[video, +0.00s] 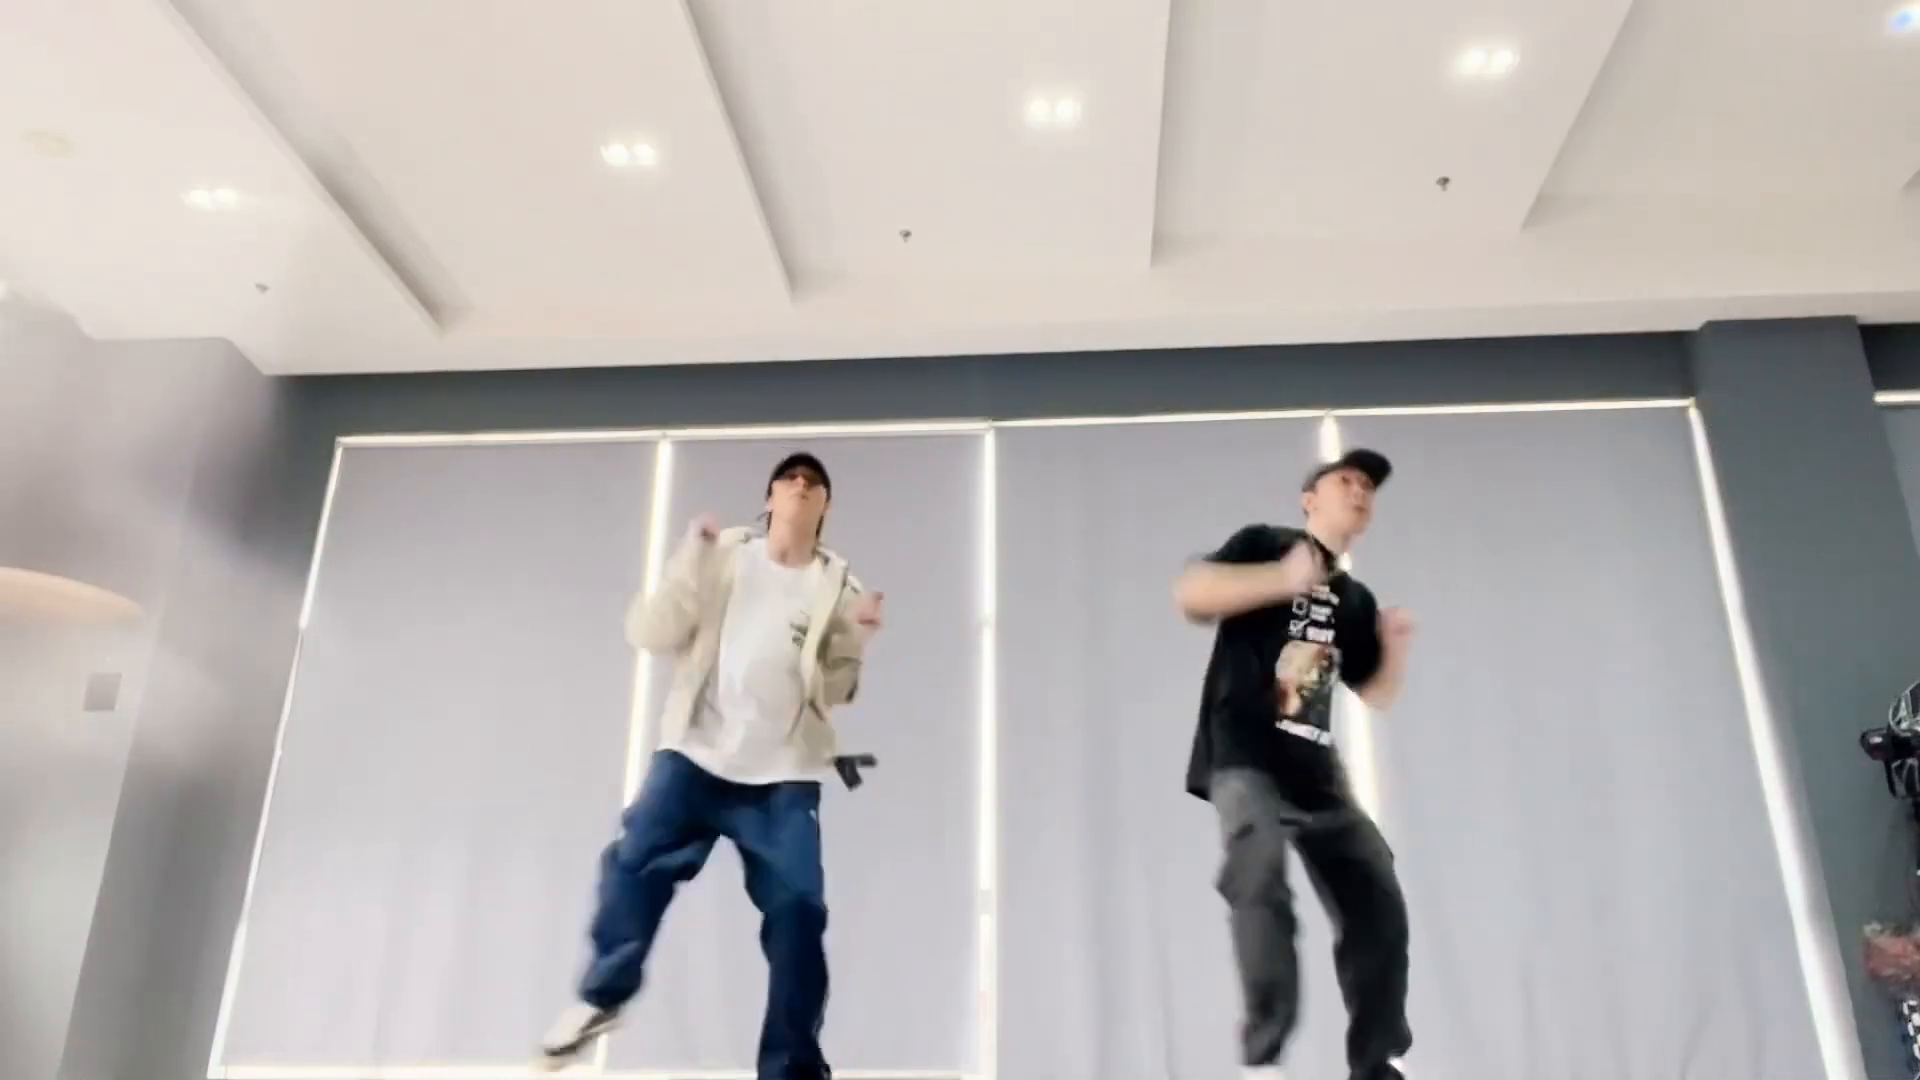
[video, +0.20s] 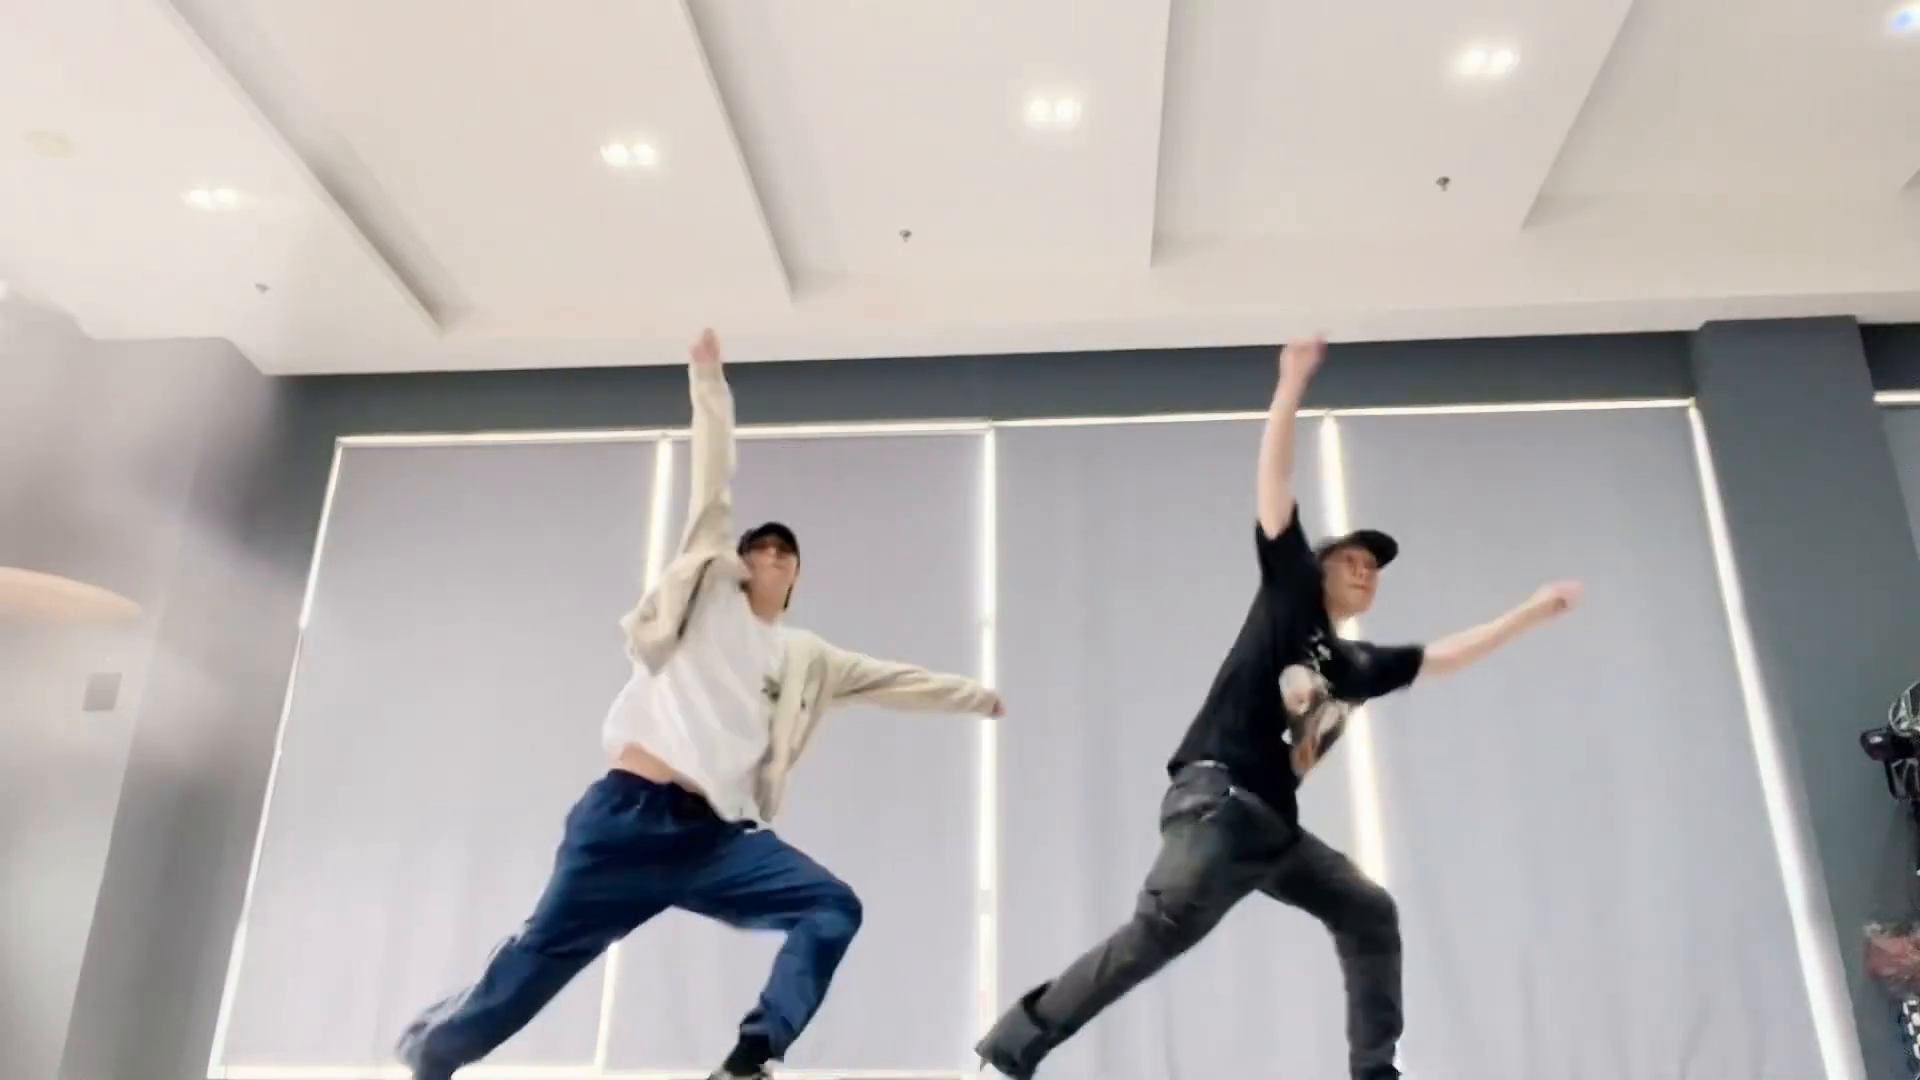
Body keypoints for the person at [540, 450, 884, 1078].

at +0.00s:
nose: (802, 488)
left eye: (815, 484)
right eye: (791, 480)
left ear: (828, 509)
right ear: (769, 500)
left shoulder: (839, 586)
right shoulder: (720, 551)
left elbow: (834, 693)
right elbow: (652, 635)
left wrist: (850, 637)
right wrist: (689, 560)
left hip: (783, 770)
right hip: (695, 755)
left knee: (797, 912)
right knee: (633, 861)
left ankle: (792, 1067)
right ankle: (602, 998)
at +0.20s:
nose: (772, 555)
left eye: (784, 553)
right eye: (761, 549)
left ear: (795, 582)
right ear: (738, 567)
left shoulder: (807, 659)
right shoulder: (702, 593)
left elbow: (892, 679)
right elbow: (712, 486)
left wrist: (975, 697)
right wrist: (710, 381)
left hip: (717, 835)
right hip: (627, 813)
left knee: (833, 908)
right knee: (539, 957)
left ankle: (754, 1055)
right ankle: (430, 1056)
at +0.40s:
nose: (760, 486)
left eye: (772, 479)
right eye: (748, 480)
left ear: (792, 500)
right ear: (731, 499)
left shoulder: (812, 569)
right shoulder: (690, 529)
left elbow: (834, 663)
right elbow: (613, 561)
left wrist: (900, 638)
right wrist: (659, 481)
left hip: (757, 769)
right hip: (670, 753)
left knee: (785, 899)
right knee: (626, 906)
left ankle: (773, 1062)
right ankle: (523, 1049)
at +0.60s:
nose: (712, 484)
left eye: (726, 476)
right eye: (705, 477)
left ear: (756, 492)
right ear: (697, 497)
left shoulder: (802, 539)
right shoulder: (688, 577)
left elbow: (862, 528)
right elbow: (650, 661)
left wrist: (818, 463)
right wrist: (608, 612)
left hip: (785, 760)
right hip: (700, 760)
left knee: (835, 884)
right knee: (665, 913)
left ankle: (836, 1027)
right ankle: (697, 1067)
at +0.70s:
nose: (696, 512)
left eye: (708, 501)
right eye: (691, 508)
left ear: (742, 509)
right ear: (692, 529)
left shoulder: (791, 531)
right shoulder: (690, 604)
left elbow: (830, 453)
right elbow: (625, 646)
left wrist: (830, 359)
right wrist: (551, 618)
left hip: (803, 781)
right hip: (727, 797)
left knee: (870, 926)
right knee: (622, 918)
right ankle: (694, 1062)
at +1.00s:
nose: (727, 483)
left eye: (743, 476)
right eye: (720, 477)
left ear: (768, 498)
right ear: (709, 499)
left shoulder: (794, 534)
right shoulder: (692, 566)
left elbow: (865, 521)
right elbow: (675, 666)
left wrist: (831, 456)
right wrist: (614, 650)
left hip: (802, 765)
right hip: (721, 771)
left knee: (829, 913)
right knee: (668, 915)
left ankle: (904, 1067)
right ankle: (696, 1071)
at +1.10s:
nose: (755, 482)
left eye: (768, 476)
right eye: (743, 475)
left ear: (785, 498)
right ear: (727, 497)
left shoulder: (807, 558)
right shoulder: (702, 570)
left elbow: (840, 649)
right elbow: (680, 688)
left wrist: (827, 570)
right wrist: (667, 629)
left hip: (785, 758)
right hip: (706, 753)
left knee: (759, 913)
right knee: (688, 898)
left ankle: (754, 1067)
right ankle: (694, 1064)